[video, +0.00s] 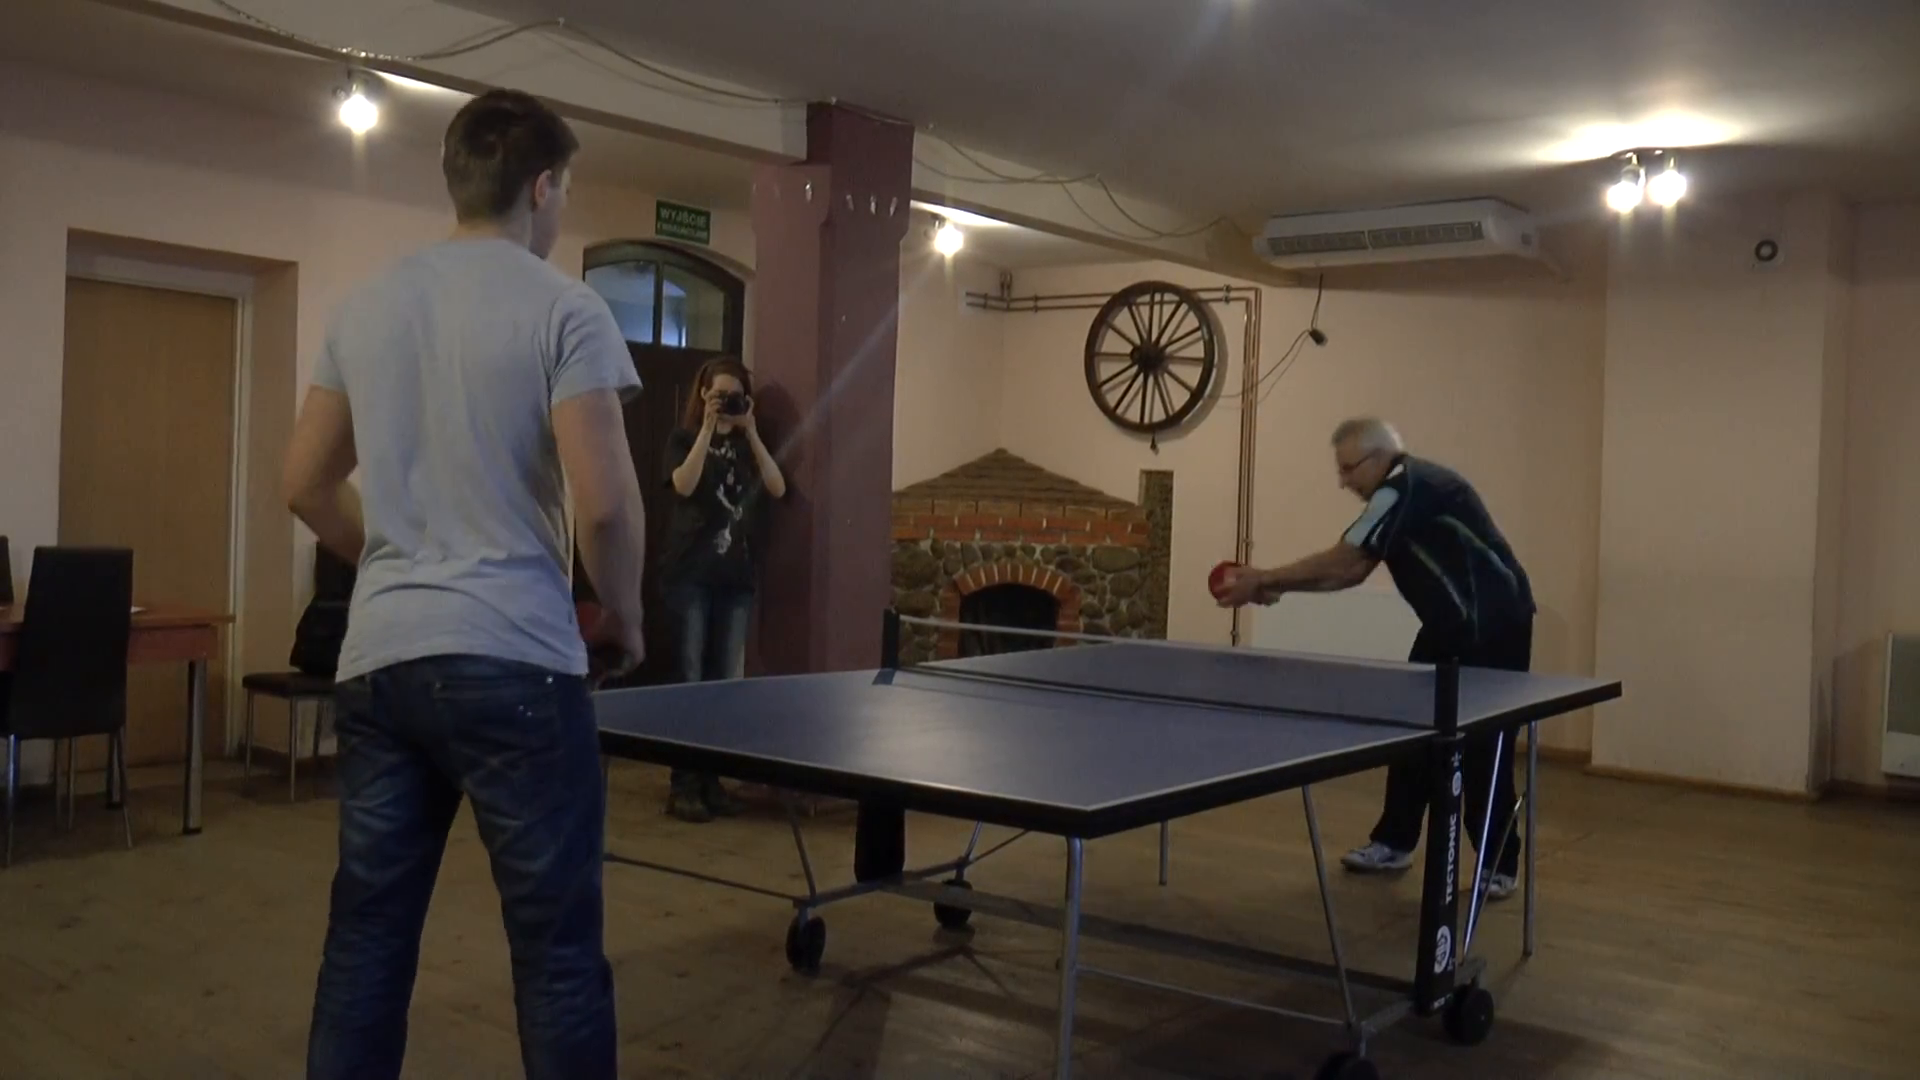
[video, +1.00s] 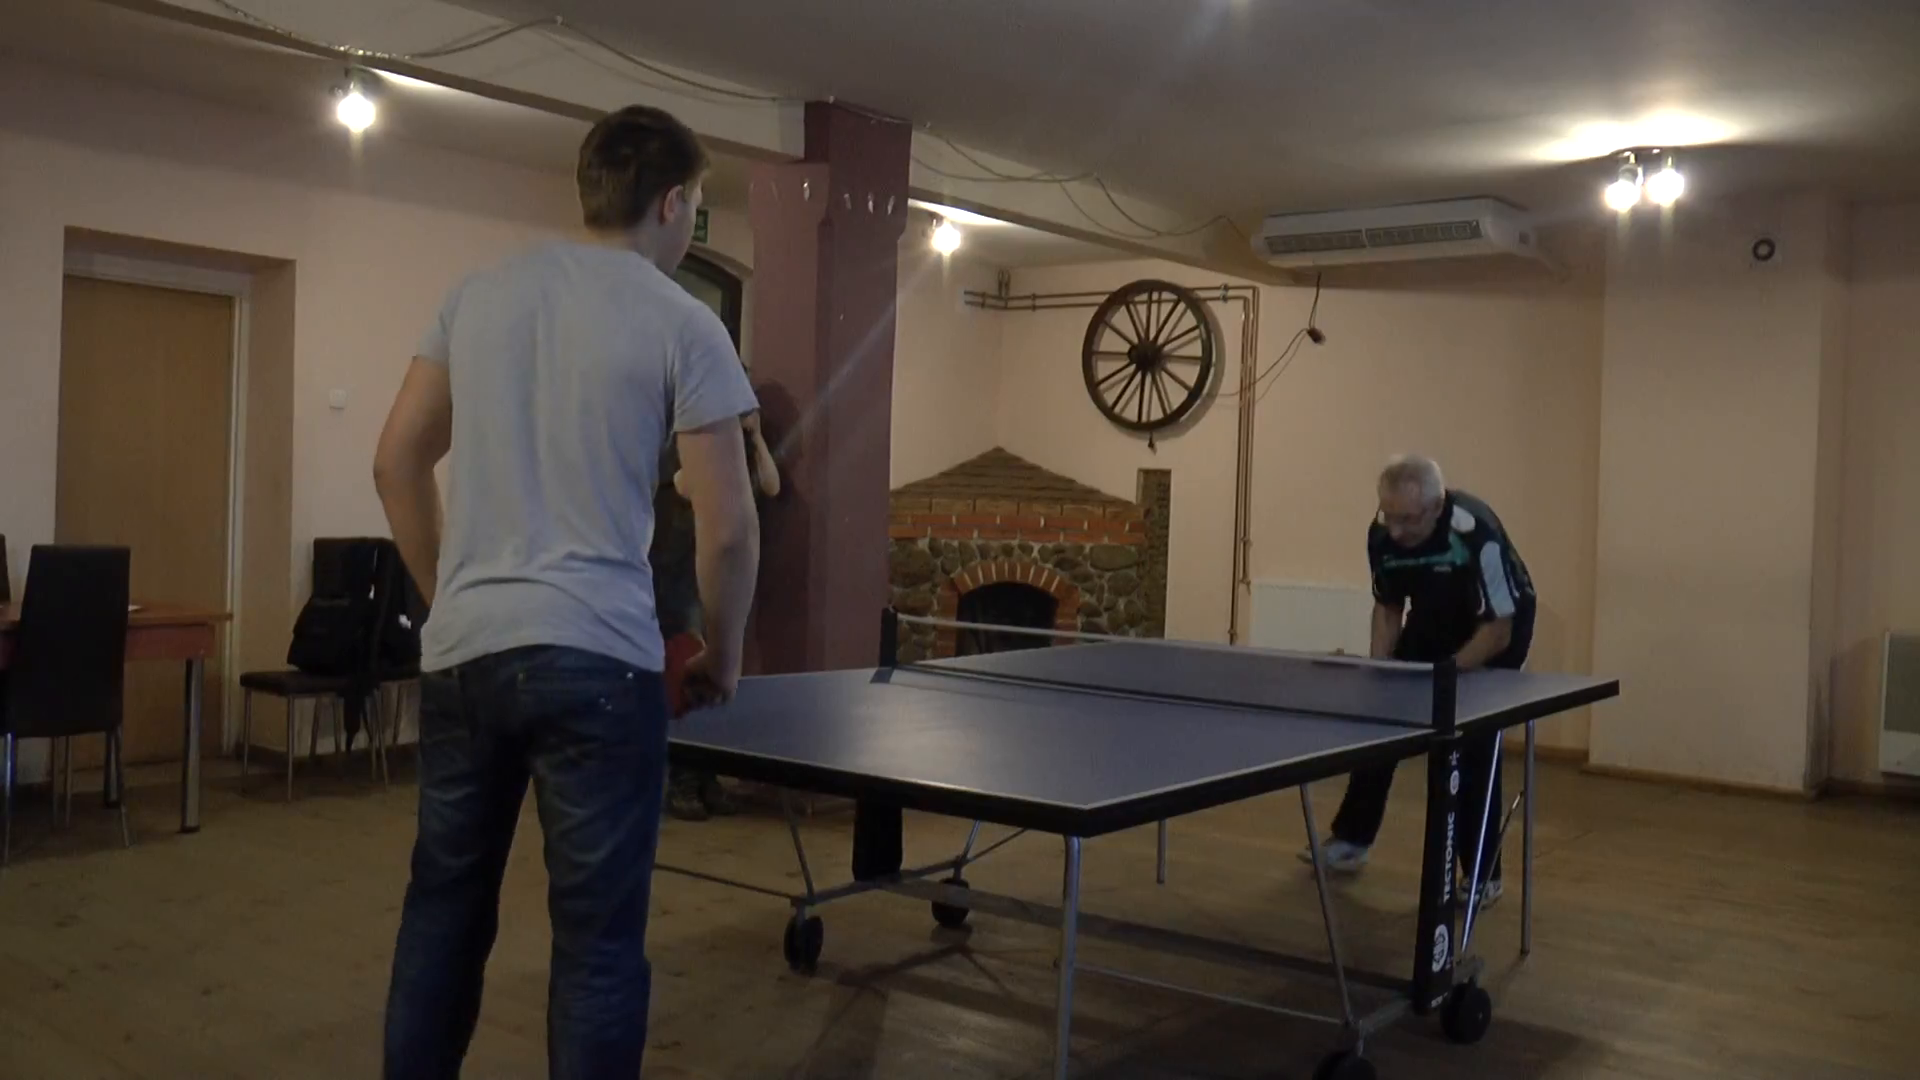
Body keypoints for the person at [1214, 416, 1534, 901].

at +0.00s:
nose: (1344, 481)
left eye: (1350, 468)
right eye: (1342, 471)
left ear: (1379, 458)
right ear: (1379, 462)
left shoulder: (1409, 482)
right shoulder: (1400, 490)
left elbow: (1347, 559)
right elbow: (1353, 570)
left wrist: (1261, 579)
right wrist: (1275, 584)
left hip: (1495, 629)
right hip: (1445, 627)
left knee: (1485, 747)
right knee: (1413, 732)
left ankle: (1501, 863)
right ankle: (1394, 843)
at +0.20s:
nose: (1321, 490)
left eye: (1327, 478)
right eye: (1317, 480)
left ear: (1357, 466)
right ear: (1354, 469)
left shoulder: (1385, 495)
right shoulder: (1379, 490)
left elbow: (1367, 586)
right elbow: (1364, 582)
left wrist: (1294, 605)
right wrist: (1297, 606)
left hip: (1479, 621)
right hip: (1432, 622)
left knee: (1478, 742)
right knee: (1403, 726)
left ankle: (1508, 861)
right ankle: (1392, 842)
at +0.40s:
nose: (1327, 478)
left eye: (1334, 467)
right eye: (1323, 469)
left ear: (1366, 455)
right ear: (1331, 465)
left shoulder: (1410, 487)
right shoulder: (1350, 502)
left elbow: (1434, 573)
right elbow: (1348, 573)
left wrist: (1378, 630)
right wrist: (1321, 605)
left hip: (1472, 615)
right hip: (1417, 614)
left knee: (1475, 737)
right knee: (1401, 727)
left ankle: (1500, 859)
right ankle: (1390, 842)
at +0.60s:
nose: (1355, 480)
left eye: (1365, 468)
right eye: (1348, 469)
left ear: (1394, 458)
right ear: (1343, 464)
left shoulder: (1439, 491)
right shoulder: (1352, 505)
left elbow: (1474, 575)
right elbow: (1334, 572)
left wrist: (1407, 597)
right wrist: (1324, 611)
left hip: (1475, 620)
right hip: (1413, 620)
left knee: (1475, 740)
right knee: (1397, 729)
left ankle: (1484, 864)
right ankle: (1387, 844)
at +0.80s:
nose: (1388, 498)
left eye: (1399, 488)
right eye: (1379, 487)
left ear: (1426, 475)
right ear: (1370, 478)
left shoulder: (1467, 506)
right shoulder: (1373, 512)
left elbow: (1487, 603)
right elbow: (1367, 582)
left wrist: (1409, 600)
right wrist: (1353, 614)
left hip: (1484, 632)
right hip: (1419, 625)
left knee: (1479, 746)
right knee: (1396, 729)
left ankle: (1484, 869)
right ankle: (1385, 839)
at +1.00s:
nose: (1396, 530)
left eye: (1408, 520)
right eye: (1388, 518)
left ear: (1436, 507)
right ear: (1381, 506)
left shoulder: (1475, 532)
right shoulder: (1382, 535)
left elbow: (1499, 626)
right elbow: (1387, 607)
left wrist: (1448, 674)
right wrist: (1377, 677)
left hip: (1490, 626)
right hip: (1429, 619)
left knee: (1473, 744)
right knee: (1381, 721)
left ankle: (1481, 874)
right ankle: (1350, 840)